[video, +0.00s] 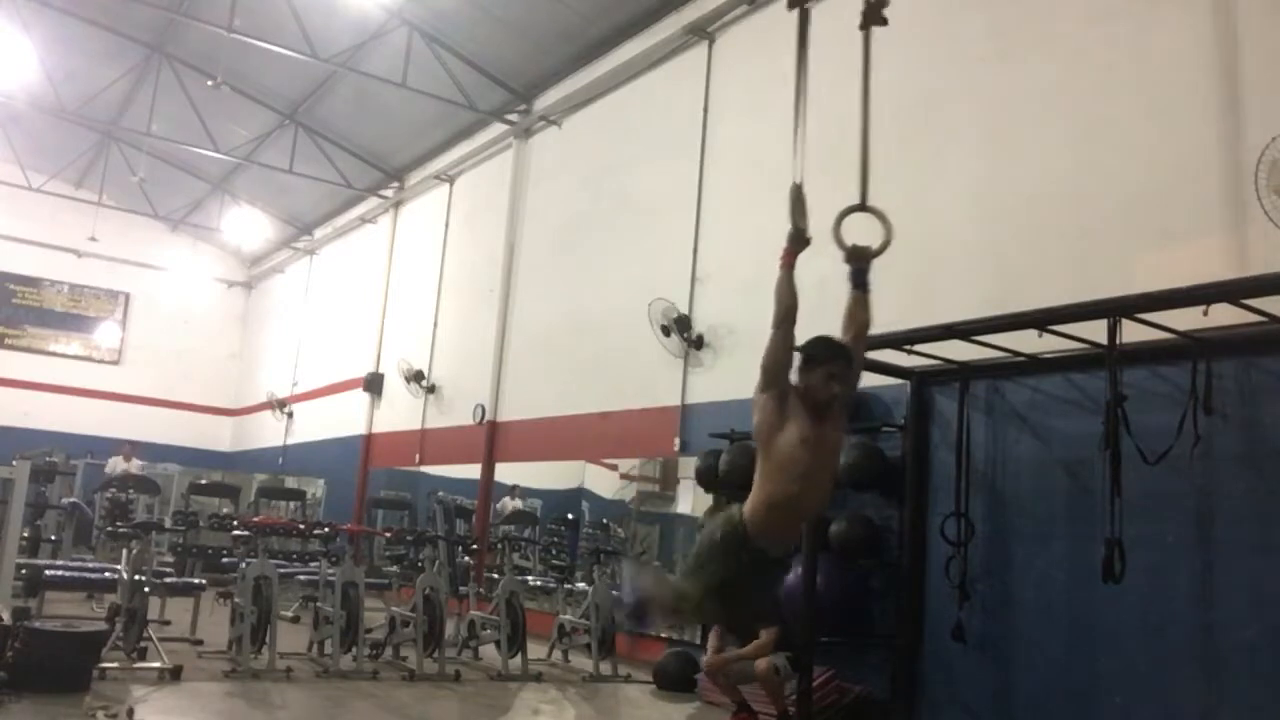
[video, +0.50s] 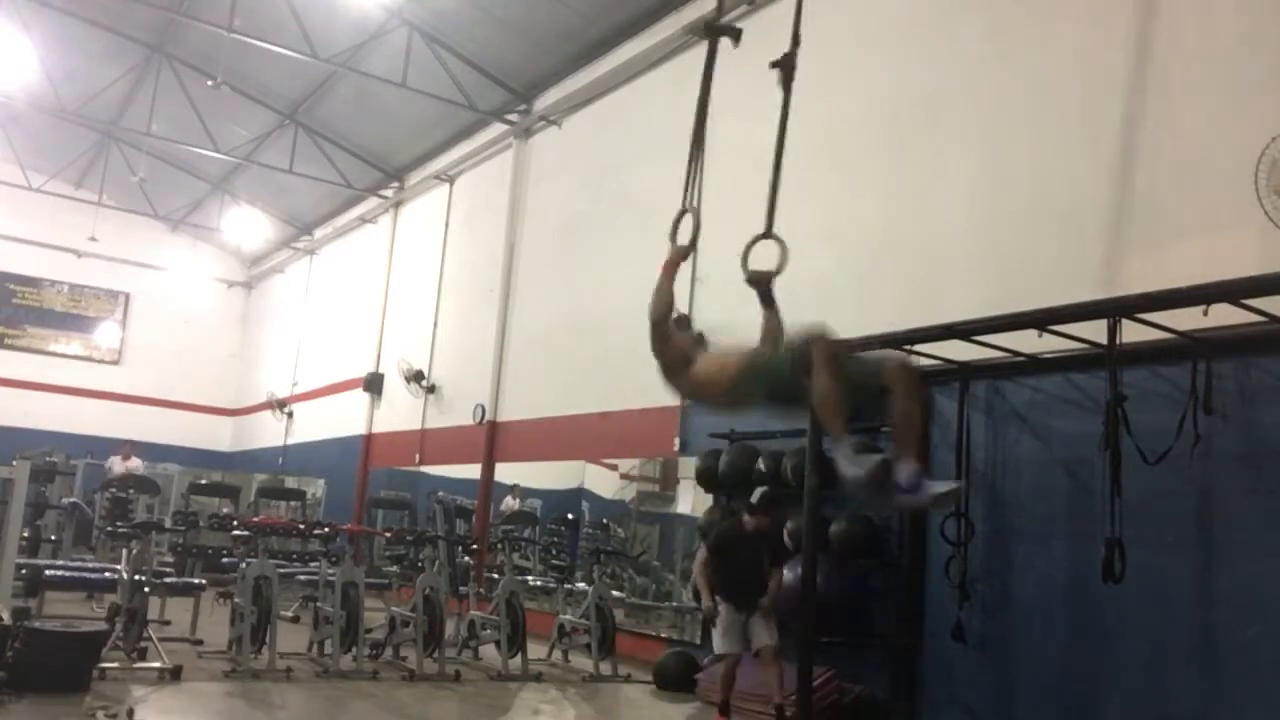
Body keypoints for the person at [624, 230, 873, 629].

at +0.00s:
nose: (837, 388)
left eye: (843, 381)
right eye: (829, 378)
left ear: (847, 386)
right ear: (803, 374)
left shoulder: (834, 416)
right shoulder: (776, 403)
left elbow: (855, 339)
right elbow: (783, 324)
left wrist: (860, 275)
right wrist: (790, 255)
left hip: (776, 557)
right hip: (736, 541)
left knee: (739, 628)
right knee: (689, 605)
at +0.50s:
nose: (693, 333)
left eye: (691, 328)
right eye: (683, 329)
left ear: (696, 337)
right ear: (669, 343)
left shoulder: (721, 362)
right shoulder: (685, 375)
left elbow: (771, 349)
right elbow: (658, 320)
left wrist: (765, 297)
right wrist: (669, 267)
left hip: (799, 374)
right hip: (770, 381)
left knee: (900, 371)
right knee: (820, 345)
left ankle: (909, 478)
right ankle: (843, 453)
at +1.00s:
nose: (842, 232)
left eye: (849, 227)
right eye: (840, 223)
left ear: (854, 220)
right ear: (826, 206)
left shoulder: (841, 237)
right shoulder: (780, 196)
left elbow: (829, 274)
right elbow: (720, 173)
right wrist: (725, 209)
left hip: (784, 313)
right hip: (748, 312)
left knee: (853, 333)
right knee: (825, 326)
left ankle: (897, 397)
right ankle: (881, 399)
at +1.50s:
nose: (899, 216)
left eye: (906, 210)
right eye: (898, 205)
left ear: (908, 204)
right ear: (882, 185)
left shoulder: (886, 224)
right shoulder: (835, 184)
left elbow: (881, 268)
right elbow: (770, 163)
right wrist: (780, 209)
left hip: (820, 311)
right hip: (782, 302)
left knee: (831, 408)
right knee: (802, 399)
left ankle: (808, 510)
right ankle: (778, 510)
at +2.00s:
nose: (793, 297)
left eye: (799, 291)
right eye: (784, 288)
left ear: (805, 295)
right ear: (766, 290)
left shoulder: (811, 337)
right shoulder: (749, 326)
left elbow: (853, 346)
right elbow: (702, 315)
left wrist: (850, 296)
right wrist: (726, 260)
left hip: (830, 411)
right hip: (791, 416)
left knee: (898, 377)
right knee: (872, 388)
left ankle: (977, 414)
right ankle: (953, 435)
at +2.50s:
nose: (859, 391)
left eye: (864, 382)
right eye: (849, 382)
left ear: (870, 383)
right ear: (822, 380)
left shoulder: (865, 414)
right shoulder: (798, 409)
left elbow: (875, 335)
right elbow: (803, 328)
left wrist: (874, 267)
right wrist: (805, 261)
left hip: (841, 564)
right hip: (792, 557)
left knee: (813, 675)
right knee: (763, 662)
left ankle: (762, 704)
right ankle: (714, 692)